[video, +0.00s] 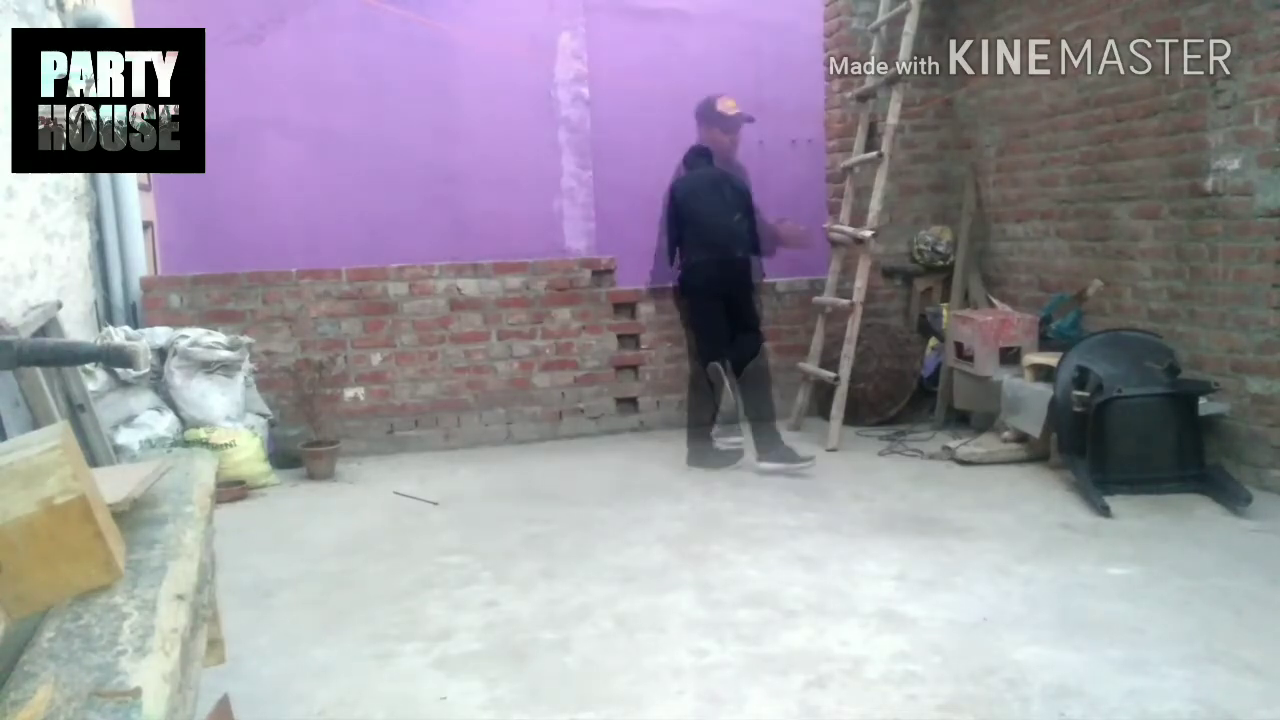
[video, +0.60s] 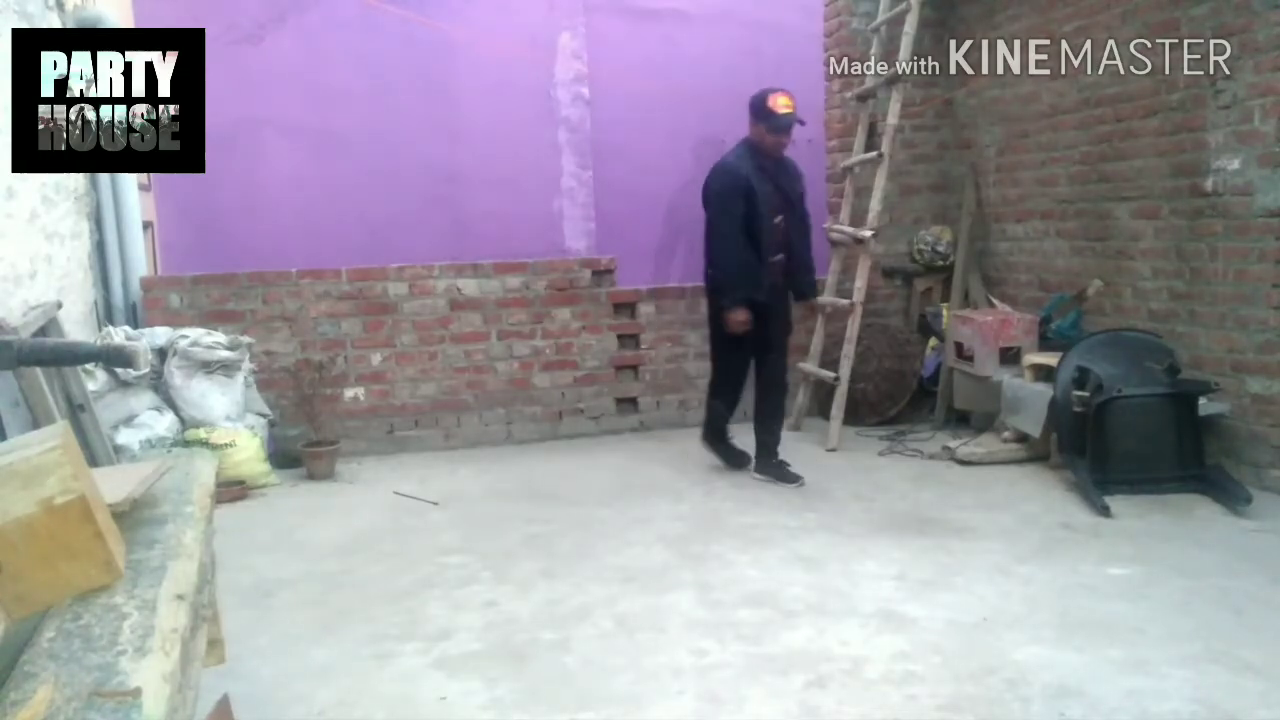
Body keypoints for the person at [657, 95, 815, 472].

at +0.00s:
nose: (734, 139)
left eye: (736, 131)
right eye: (726, 131)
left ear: (737, 131)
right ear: (705, 131)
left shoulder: (735, 176)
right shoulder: (694, 178)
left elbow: (741, 226)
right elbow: (718, 230)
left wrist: (771, 233)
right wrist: (767, 234)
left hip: (735, 276)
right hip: (702, 280)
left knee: (750, 356)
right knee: (709, 360)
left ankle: (769, 444)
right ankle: (699, 445)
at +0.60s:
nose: (784, 138)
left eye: (789, 129)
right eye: (776, 130)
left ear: (793, 128)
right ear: (755, 126)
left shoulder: (788, 171)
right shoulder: (730, 173)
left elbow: (798, 232)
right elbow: (723, 244)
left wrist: (804, 286)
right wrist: (732, 301)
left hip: (774, 286)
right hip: (736, 288)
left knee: (773, 373)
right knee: (731, 368)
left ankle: (767, 455)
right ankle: (715, 432)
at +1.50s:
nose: (764, 137)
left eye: (769, 126)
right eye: (753, 130)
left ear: (784, 120)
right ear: (742, 133)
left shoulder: (821, 172)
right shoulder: (724, 179)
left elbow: (836, 241)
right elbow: (707, 244)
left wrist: (826, 300)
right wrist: (696, 303)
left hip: (798, 307)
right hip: (742, 308)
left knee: (792, 389)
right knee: (747, 398)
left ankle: (778, 449)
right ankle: (755, 497)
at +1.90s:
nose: (775, 122)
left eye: (780, 110)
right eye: (762, 116)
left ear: (793, 103)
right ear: (749, 117)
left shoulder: (832, 156)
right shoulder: (727, 169)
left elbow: (861, 212)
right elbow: (710, 240)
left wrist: (844, 269)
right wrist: (713, 299)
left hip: (816, 299)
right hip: (755, 305)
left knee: (838, 380)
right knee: (753, 403)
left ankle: (820, 473)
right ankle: (757, 500)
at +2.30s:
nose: (830, 115)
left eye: (837, 103)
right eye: (818, 107)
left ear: (847, 102)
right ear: (797, 109)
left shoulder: (875, 157)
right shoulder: (767, 169)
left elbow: (897, 223)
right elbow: (748, 247)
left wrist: (885, 282)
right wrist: (748, 318)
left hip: (859, 310)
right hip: (793, 309)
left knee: (867, 419)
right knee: (779, 410)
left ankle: (872, 525)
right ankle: (771, 491)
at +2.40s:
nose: (847, 110)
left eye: (854, 98)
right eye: (834, 101)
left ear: (864, 97)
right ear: (811, 103)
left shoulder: (887, 152)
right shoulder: (777, 162)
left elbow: (905, 221)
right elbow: (764, 247)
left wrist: (897, 277)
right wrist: (776, 320)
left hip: (864, 310)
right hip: (801, 310)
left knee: (868, 417)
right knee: (790, 405)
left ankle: (872, 523)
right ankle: (818, 445)